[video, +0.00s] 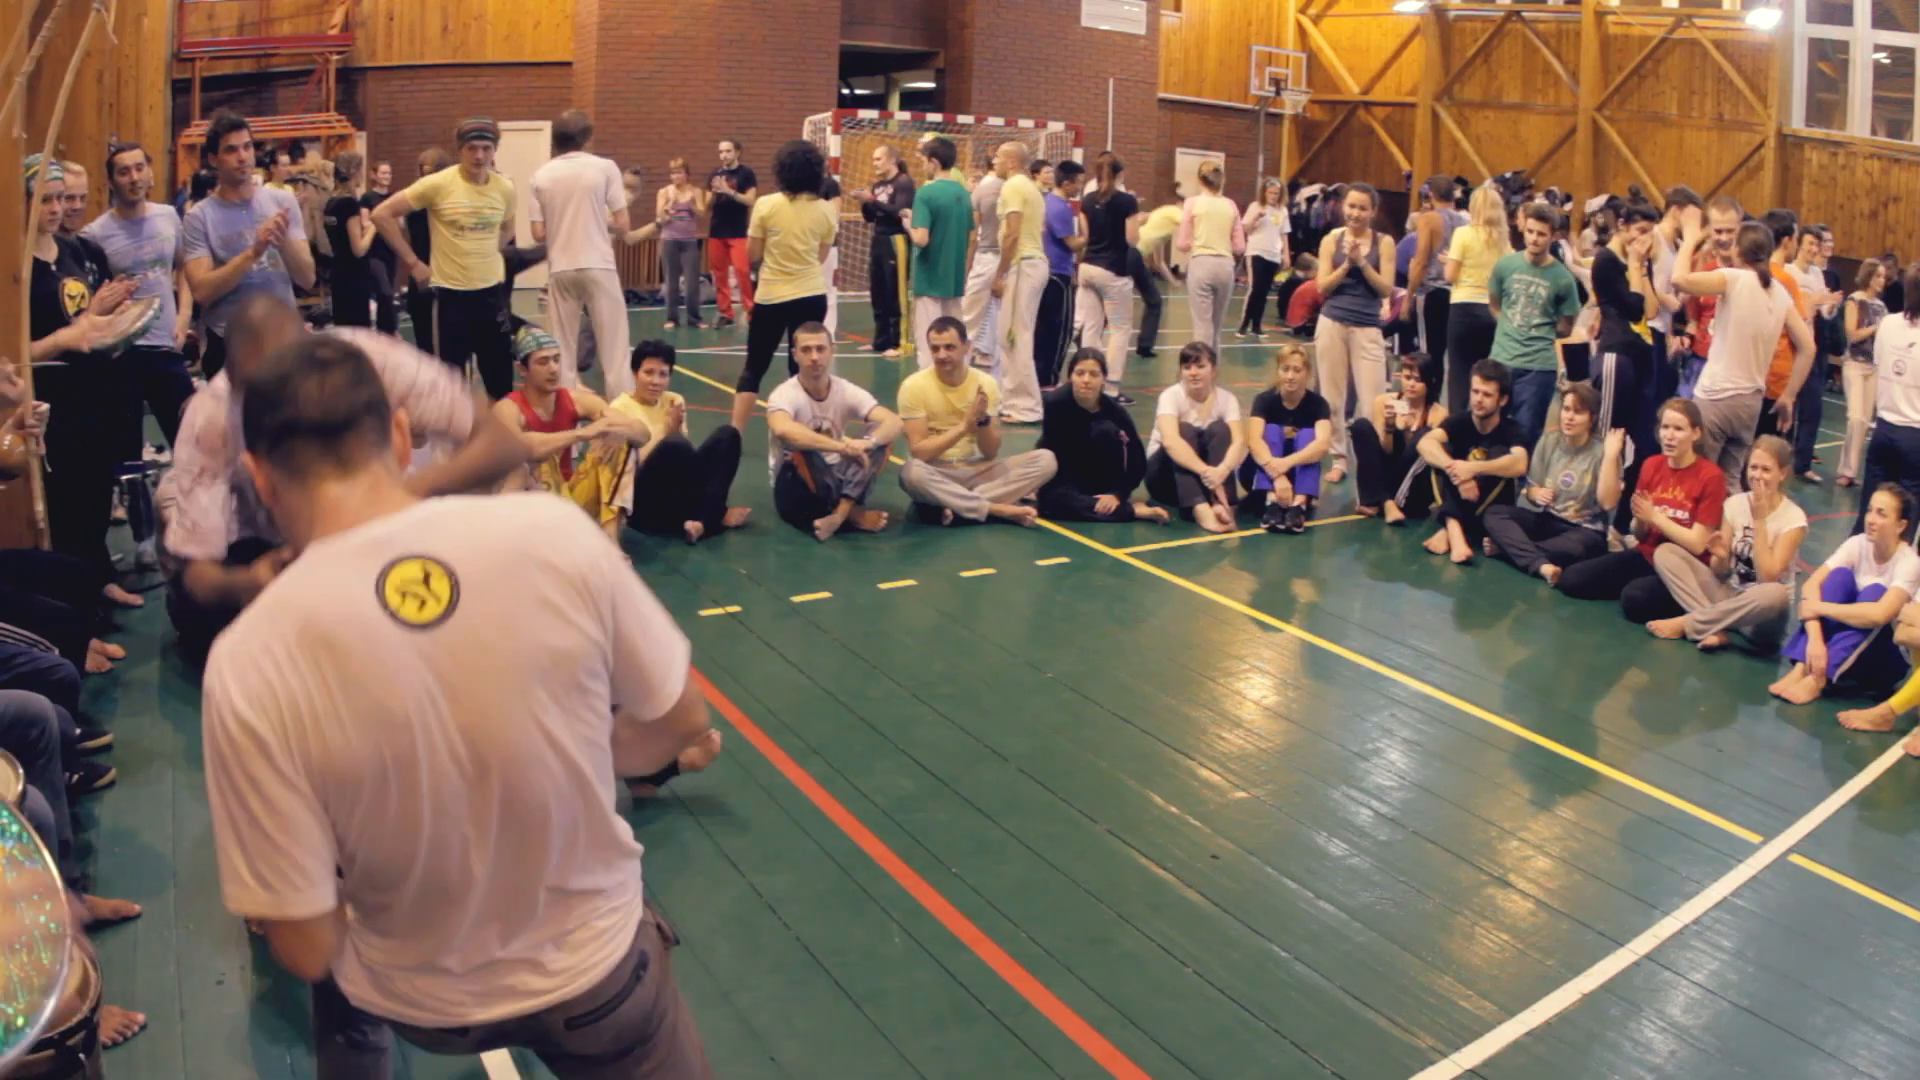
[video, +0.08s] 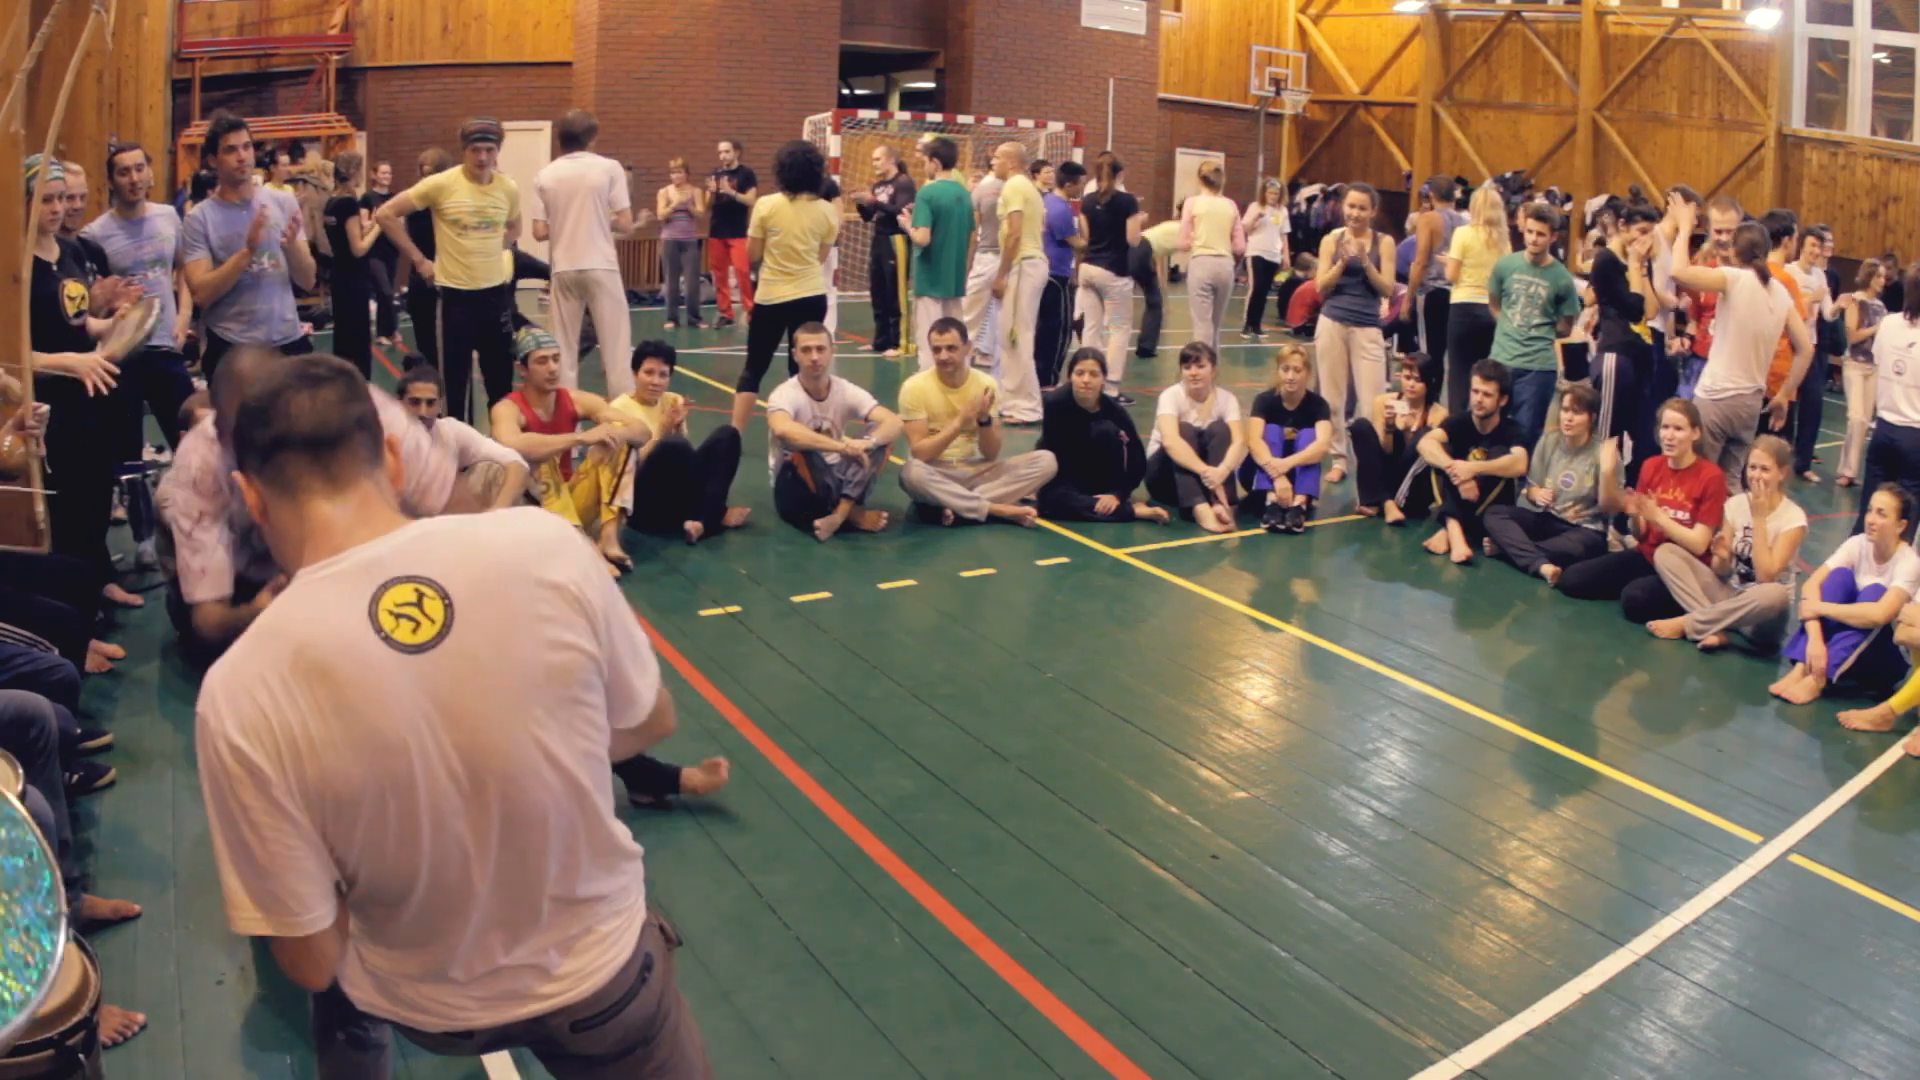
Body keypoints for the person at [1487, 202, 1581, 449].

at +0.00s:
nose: (1534, 239)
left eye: (1541, 234)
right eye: (1530, 232)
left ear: (1552, 237)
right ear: (1523, 231)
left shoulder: (1563, 279)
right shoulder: (1504, 265)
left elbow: (1565, 328)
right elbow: (1494, 307)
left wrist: (1535, 331)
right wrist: (1515, 327)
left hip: (1538, 363)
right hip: (1501, 357)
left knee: (1525, 433)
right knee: (1490, 428)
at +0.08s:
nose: (1534, 239)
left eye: (1541, 234)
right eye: (1530, 232)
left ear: (1553, 237)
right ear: (1523, 231)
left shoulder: (1563, 279)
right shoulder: (1504, 265)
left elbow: (1564, 328)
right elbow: (1494, 307)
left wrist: (1534, 332)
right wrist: (1514, 328)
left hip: (1538, 363)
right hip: (1501, 357)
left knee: (1525, 433)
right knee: (1490, 427)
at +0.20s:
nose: (1534, 239)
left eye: (1541, 234)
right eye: (1530, 231)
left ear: (1553, 237)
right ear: (1523, 231)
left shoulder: (1563, 279)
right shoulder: (1503, 265)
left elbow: (1564, 328)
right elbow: (1494, 307)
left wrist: (1535, 331)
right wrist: (1514, 328)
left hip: (1538, 362)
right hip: (1501, 356)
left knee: (1525, 434)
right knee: (1491, 428)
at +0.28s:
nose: (1534, 238)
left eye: (1541, 233)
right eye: (1530, 231)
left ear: (1553, 237)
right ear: (1523, 231)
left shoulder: (1563, 279)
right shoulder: (1503, 265)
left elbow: (1564, 328)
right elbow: (1494, 306)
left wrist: (1534, 331)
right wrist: (1513, 327)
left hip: (1538, 363)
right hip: (1501, 357)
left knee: (1525, 433)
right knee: (1491, 428)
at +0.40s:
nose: (1533, 238)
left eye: (1540, 233)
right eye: (1529, 231)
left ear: (1553, 237)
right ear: (1522, 231)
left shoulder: (1562, 278)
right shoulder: (1503, 265)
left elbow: (1565, 326)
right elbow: (1494, 307)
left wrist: (1536, 331)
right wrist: (1514, 327)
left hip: (1538, 363)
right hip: (1501, 357)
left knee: (1524, 435)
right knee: (1489, 429)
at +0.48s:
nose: (1532, 238)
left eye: (1539, 233)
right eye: (1529, 231)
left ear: (1552, 237)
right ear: (1522, 231)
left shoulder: (1562, 278)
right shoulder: (1503, 265)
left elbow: (1565, 326)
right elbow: (1494, 307)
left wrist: (1541, 337)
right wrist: (1514, 329)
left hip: (1538, 362)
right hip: (1501, 356)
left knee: (1525, 433)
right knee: (1489, 427)